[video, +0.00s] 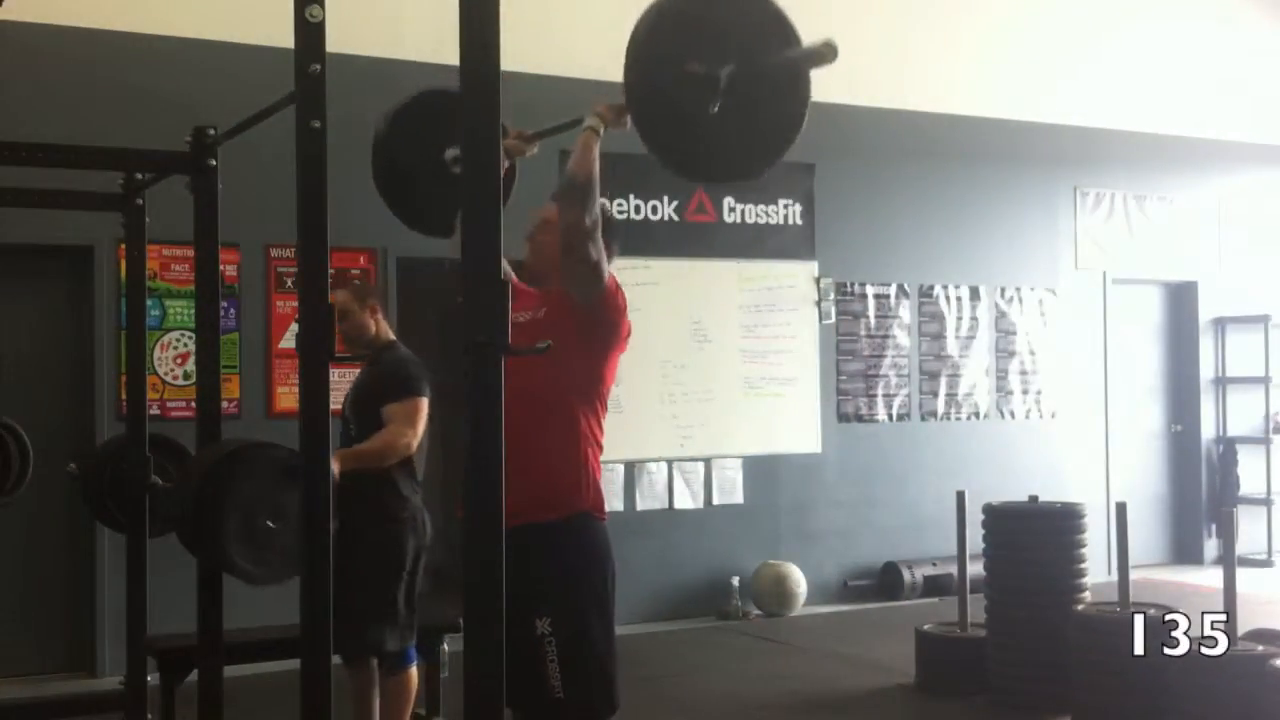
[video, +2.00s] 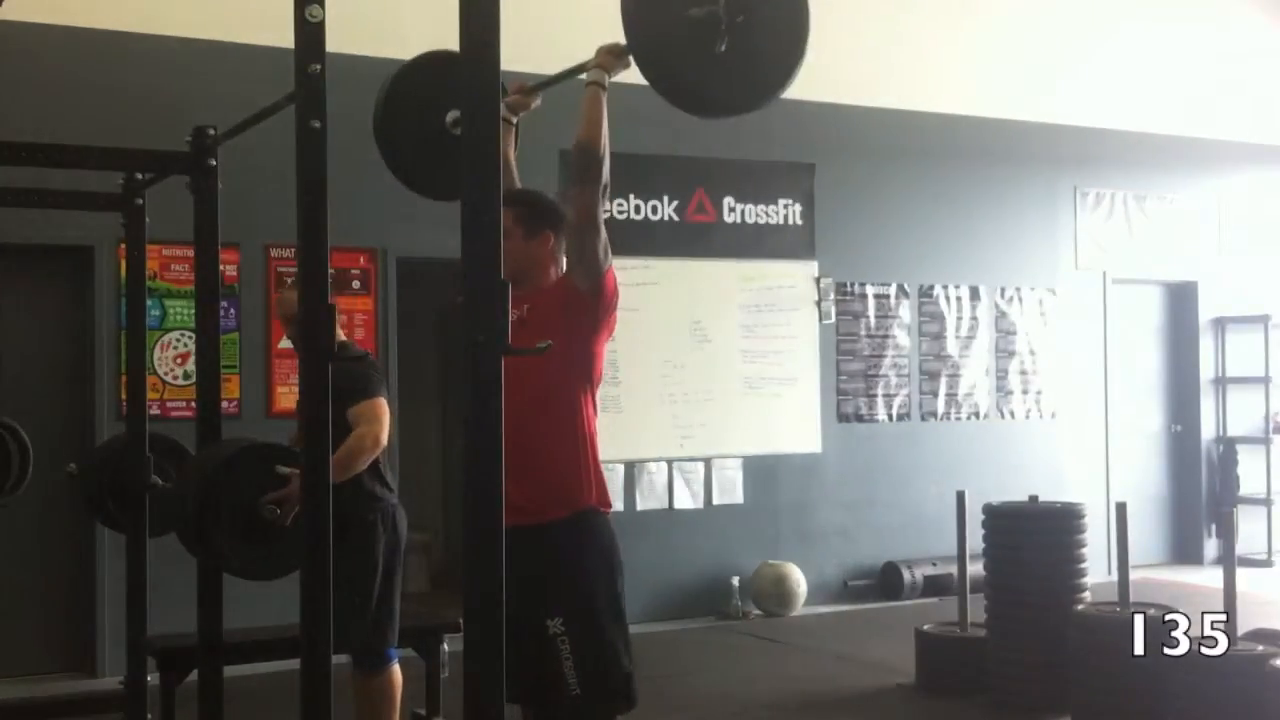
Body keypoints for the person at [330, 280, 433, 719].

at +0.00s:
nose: (339, 328)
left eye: (345, 317)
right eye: (336, 319)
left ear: (373, 313)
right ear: (363, 317)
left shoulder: (402, 365)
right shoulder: (372, 369)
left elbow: (404, 438)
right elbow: (374, 438)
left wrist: (340, 459)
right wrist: (336, 462)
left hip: (394, 518)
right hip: (360, 515)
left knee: (395, 643)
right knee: (355, 643)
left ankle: (396, 719)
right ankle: (366, 718)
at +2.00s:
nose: (289, 337)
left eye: (295, 326)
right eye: (285, 327)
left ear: (323, 320)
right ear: (293, 324)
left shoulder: (354, 366)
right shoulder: (320, 368)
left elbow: (373, 434)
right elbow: (312, 437)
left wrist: (312, 481)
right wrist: (296, 483)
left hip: (370, 515)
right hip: (344, 513)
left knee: (374, 650)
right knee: (362, 648)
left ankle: (385, 719)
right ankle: (369, 718)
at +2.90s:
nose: (320, 330)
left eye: (327, 319)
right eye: (317, 320)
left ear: (351, 316)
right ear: (320, 321)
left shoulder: (384, 375)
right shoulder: (330, 373)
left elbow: (390, 450)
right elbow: (307, 425)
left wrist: (359, 503)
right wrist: (261, 456)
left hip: (375, 527)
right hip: (331, 525)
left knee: (378, 648)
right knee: (339, 648)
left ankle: (388, 719)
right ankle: (347, 719)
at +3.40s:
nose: (334, 320)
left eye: (343, 309)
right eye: (329, 311)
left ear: (369, 312)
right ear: (320, 314)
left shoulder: (397, 368)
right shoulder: (317, 375)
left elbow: (427, 443)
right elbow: (279, 433)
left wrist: (428, 511)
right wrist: (241, 477)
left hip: (391, 520)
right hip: (336, 520)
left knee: (404, 640)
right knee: (353, 643)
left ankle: (418, 716)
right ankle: (350, 717)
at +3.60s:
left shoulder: (407, 368)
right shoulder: (324, 371)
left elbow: (435, 438)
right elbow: (286, 423)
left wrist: (444, 512)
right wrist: (243, 465)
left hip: (404, 519)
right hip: (344, 520)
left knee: (434, 638)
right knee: (356, 642)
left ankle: (454, 711)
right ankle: (351, 714)